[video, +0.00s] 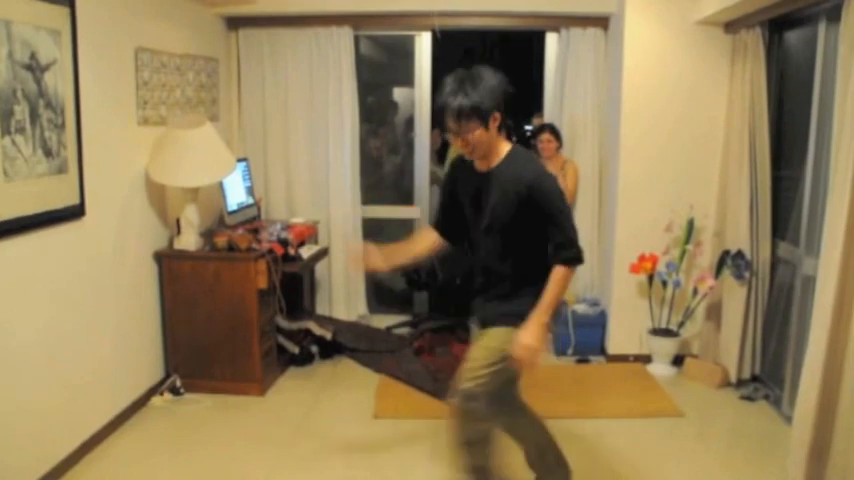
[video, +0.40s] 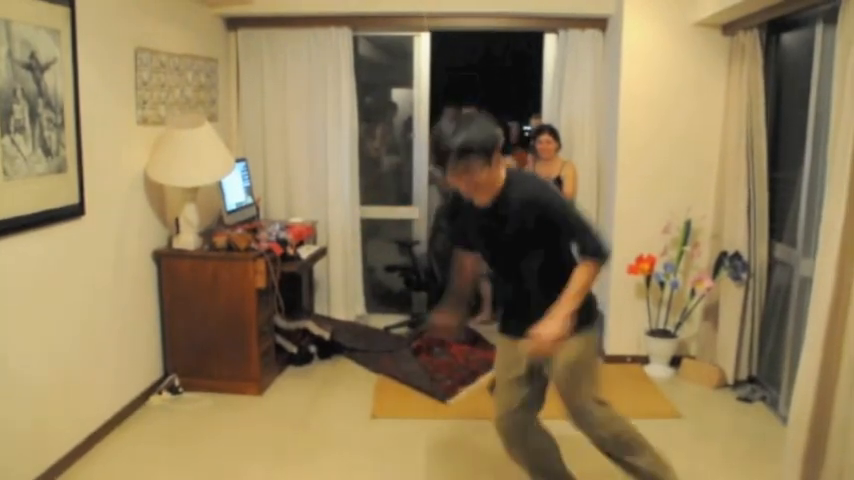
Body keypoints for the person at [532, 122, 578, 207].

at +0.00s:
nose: (544, 146)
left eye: (549, 141)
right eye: (540, 141)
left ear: (558, 143)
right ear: (536, 144)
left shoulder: (568, 166)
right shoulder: (534, 165)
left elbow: (569, 198)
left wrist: (558, 176)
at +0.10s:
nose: (544, 146)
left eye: (549, 141)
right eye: (540, 141)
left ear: (558, 144)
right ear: (535, 144)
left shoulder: (566, 167)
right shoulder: (531, 166)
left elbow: (567, 200)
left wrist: (554, 176)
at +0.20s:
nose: (544, 146)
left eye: (549, 142)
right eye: (540, 142)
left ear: (558, 145)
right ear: (535, 145)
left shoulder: (567, 168)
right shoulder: (530, 169)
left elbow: (567, 204)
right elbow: (527, 198)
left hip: (558, 227)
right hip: (534, 226)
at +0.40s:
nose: (544, 147)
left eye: (549, 142)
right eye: (540, 143)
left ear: (557, 145)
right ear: (534, 145)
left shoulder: (567, 168)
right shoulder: (530, 168)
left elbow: (568, 198)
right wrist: (529, 171)